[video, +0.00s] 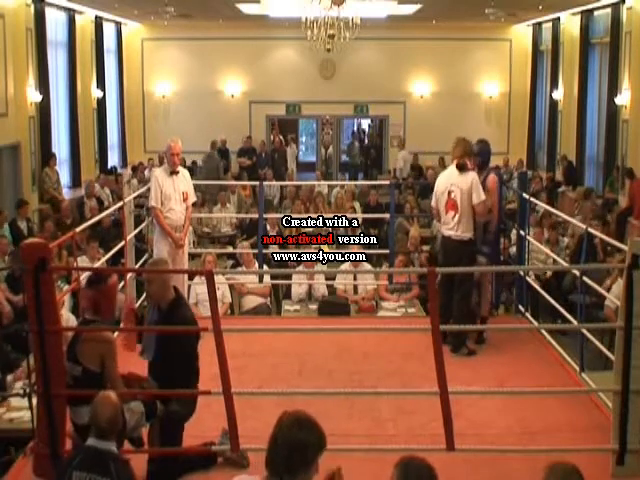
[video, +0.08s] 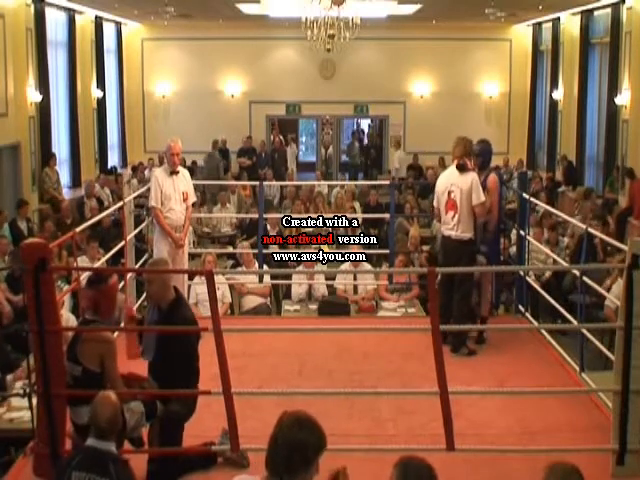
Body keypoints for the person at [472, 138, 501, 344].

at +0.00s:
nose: (473, 160)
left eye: (476, 156)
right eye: (473, 155)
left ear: (480, 157)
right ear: (486, 154)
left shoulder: (491, 178)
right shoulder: (474, 176)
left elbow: (494, 209)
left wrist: (491, 235)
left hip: (486, 235)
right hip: (474, 233)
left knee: (484, 279)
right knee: (476, 279)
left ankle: (483, 320)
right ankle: (476, 318)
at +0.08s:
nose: (473, 160)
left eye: (476, 156)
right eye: (473, 155)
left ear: (483, 157)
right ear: (484, 155)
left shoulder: (492, 178)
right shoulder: (474, 176)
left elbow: (494, 208)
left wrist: (490, 232)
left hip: (486, 234)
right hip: (474, 232)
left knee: (485, 279)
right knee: (474, 279)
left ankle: (483, 322)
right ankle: (474, 319)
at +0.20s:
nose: (474, 159)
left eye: (476, 155)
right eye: (475, 155)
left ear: (479, 157)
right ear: (489, 156)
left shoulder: (491, 178)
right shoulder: (478, 176)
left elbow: (494, 206)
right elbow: (492, 206)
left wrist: (489, 228)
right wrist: (488, 227)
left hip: (486, 232)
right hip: (478, 230)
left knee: (485, 276)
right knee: (481, 277)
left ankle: (482, 320)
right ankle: (480, 318)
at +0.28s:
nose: (474, 159)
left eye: (476, 155)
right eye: (476, 154)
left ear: (479, 156)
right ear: (489, 155)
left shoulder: (491, 178)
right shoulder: (477, 176)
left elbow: (494, 206)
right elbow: (492, 206)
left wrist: (489, 228)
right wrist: (488, 226)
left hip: (486, 233)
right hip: (478, 231)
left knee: (485, 277)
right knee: (481, 277)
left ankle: (482, 321)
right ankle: (479, 319)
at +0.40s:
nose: (473, 159)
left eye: (476, 155)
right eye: (474, 154)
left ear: (480, 156)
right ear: (487, 154)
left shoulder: (491, 178)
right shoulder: (472, 174)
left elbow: (493, 207)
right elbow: (493, 206)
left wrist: (489, 228)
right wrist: (488, 226)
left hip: (485, 233)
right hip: (474, 231)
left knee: (483, 278)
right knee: (476, 278)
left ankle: (481, 323)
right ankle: (475, 322)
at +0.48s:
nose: (475, 158)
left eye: (478, 154)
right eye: (473, 153)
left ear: (485, 156)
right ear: (470, 154)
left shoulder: (491, 178)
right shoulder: (467, 175)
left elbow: (493, 207)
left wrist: (491, 231)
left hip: (483, 232)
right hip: (466, 230)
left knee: (481, 278)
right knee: (468, 278)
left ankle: (480, 322)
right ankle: (467, 319)